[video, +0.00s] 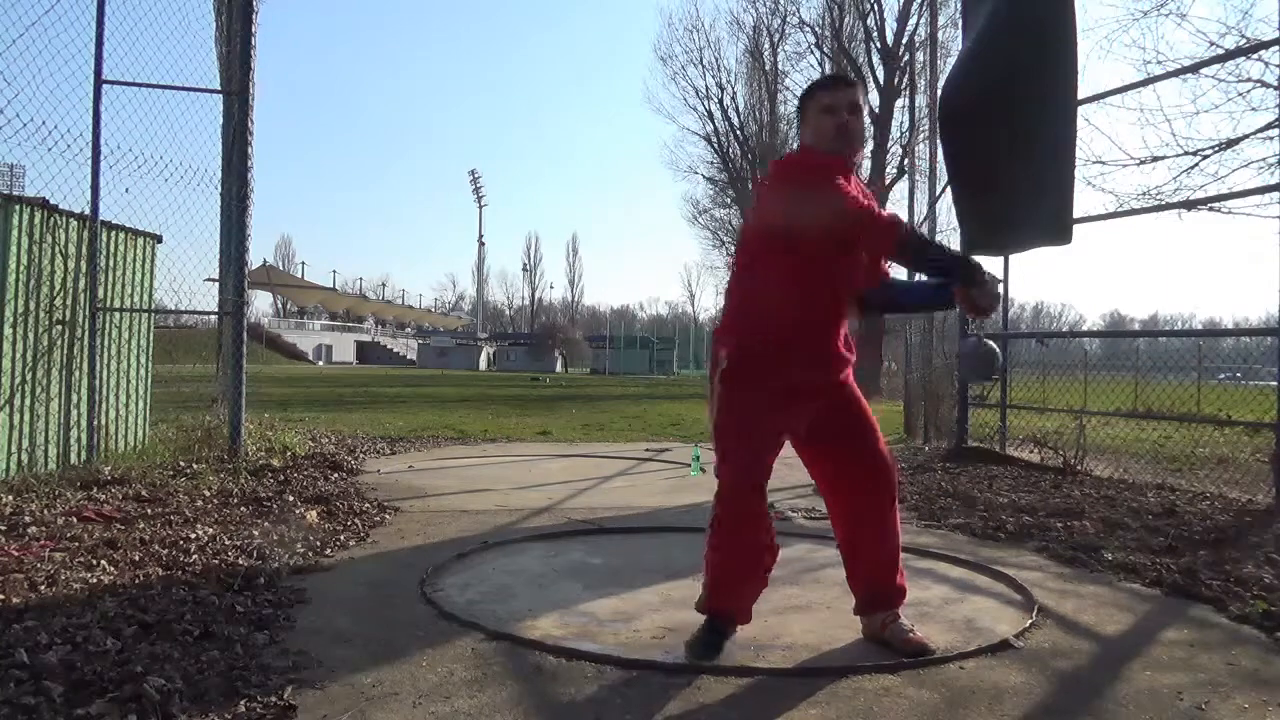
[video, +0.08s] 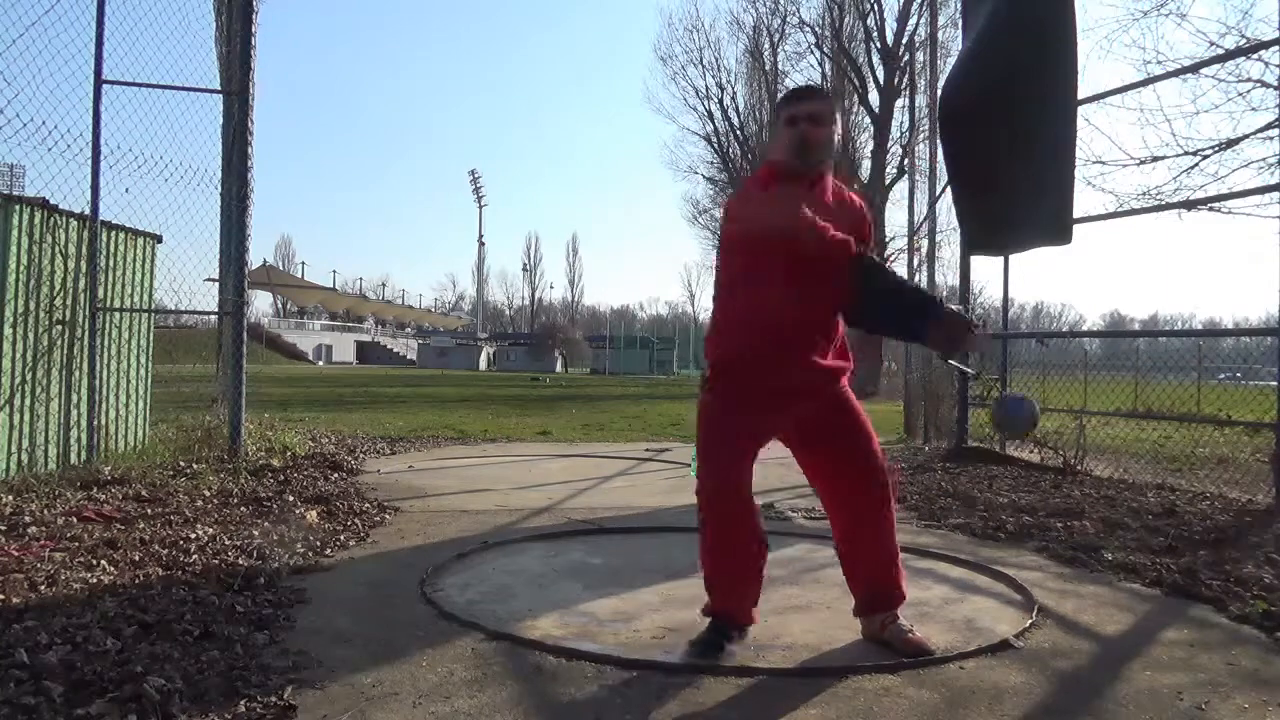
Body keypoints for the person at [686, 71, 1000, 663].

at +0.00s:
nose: (844, 120)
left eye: (854, 111)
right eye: (829, 110)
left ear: (865, 125)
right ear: (803, 124)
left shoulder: (855, 203)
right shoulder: (793, 179)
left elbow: (871, 295)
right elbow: (889, 235)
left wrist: (953, 294)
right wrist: (967, 271)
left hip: (824, 371)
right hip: (753, 368)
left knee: (871, 476)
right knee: (740, 489)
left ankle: (881, 614)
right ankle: (720, 612)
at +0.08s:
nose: (807, 131)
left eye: (818, 121)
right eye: (794, 122)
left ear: (837, 133)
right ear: (775, 133)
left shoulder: (850, 209)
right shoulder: (754, 199)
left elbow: (864, 291)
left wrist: (933, 323)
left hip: (817, 379)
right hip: (739, 379)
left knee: (866, 480)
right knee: (720, 489)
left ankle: (879, 616)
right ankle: (727, 615)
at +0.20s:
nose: (761, 144)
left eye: (775, 134)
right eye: (752, 136)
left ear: (803, 147)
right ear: (743, 151)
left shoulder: (838, 220)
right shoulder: (721, 218)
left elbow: (859, 318)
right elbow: (726, 302)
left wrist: (872, 373)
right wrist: (721, 367)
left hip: (814, 388)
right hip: (733, 386)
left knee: (856, 483)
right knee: (704, 483)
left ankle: (881, 615)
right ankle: (732, 617)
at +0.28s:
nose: (739, 150)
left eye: (752, 141)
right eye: (738, 143)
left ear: (792, 153)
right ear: (736, 155)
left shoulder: (838, 218)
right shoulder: (723, 219)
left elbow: (849, 303)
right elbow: (746, 290)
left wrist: (827, 347)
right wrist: (787, 347)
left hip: (829, 388)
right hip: (749, 387)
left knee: (854, 488)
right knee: (702, 477)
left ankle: (889, 614)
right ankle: (737, 616)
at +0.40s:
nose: (737, 152)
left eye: (747, 141)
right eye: (741, 142)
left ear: (778, 146)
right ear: (766, 148)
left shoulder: (825, 204)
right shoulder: (751, 215)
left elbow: (789, 284)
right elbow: (714, 266)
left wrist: (708, 310)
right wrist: (685, 296)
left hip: (845, 384)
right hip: (781, 383)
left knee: (842, 523)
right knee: (715, 481)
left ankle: (914, 591)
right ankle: (747, 622)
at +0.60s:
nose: (779, 143)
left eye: (783, 133)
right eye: (785, 134)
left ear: (795, 134)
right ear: (843, 138)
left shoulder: (800, 183)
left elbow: (709, 225)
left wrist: (632, 220)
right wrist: (646, 218)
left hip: (819, 356)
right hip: (862, 359)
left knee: (726, 458)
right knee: (775, 483)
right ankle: (738, 630)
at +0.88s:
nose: (854, 127)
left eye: (849, 119)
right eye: (854, 119)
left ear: (796, 116)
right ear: (851, 118)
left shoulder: (753, 162)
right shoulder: (862, 159)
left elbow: (723, 239)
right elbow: (858, 209)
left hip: (728, 334)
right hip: (791, 338)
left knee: (803, 460)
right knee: (789, 494)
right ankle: (690, 609)